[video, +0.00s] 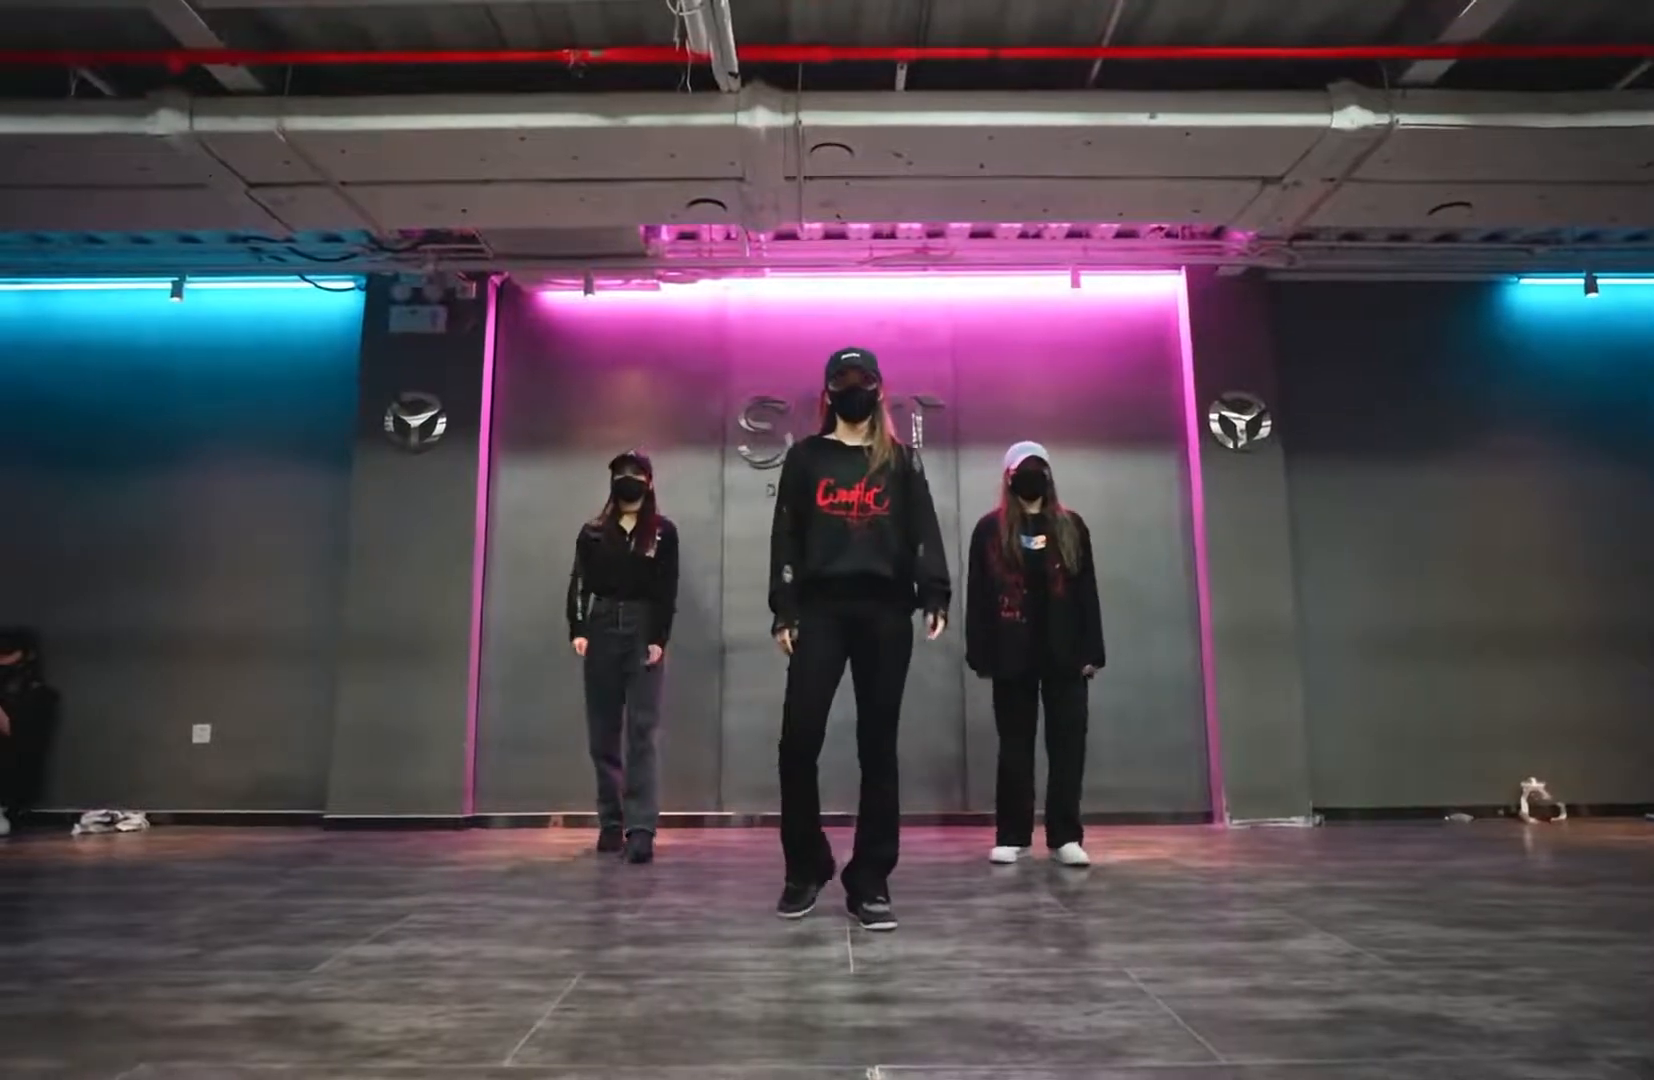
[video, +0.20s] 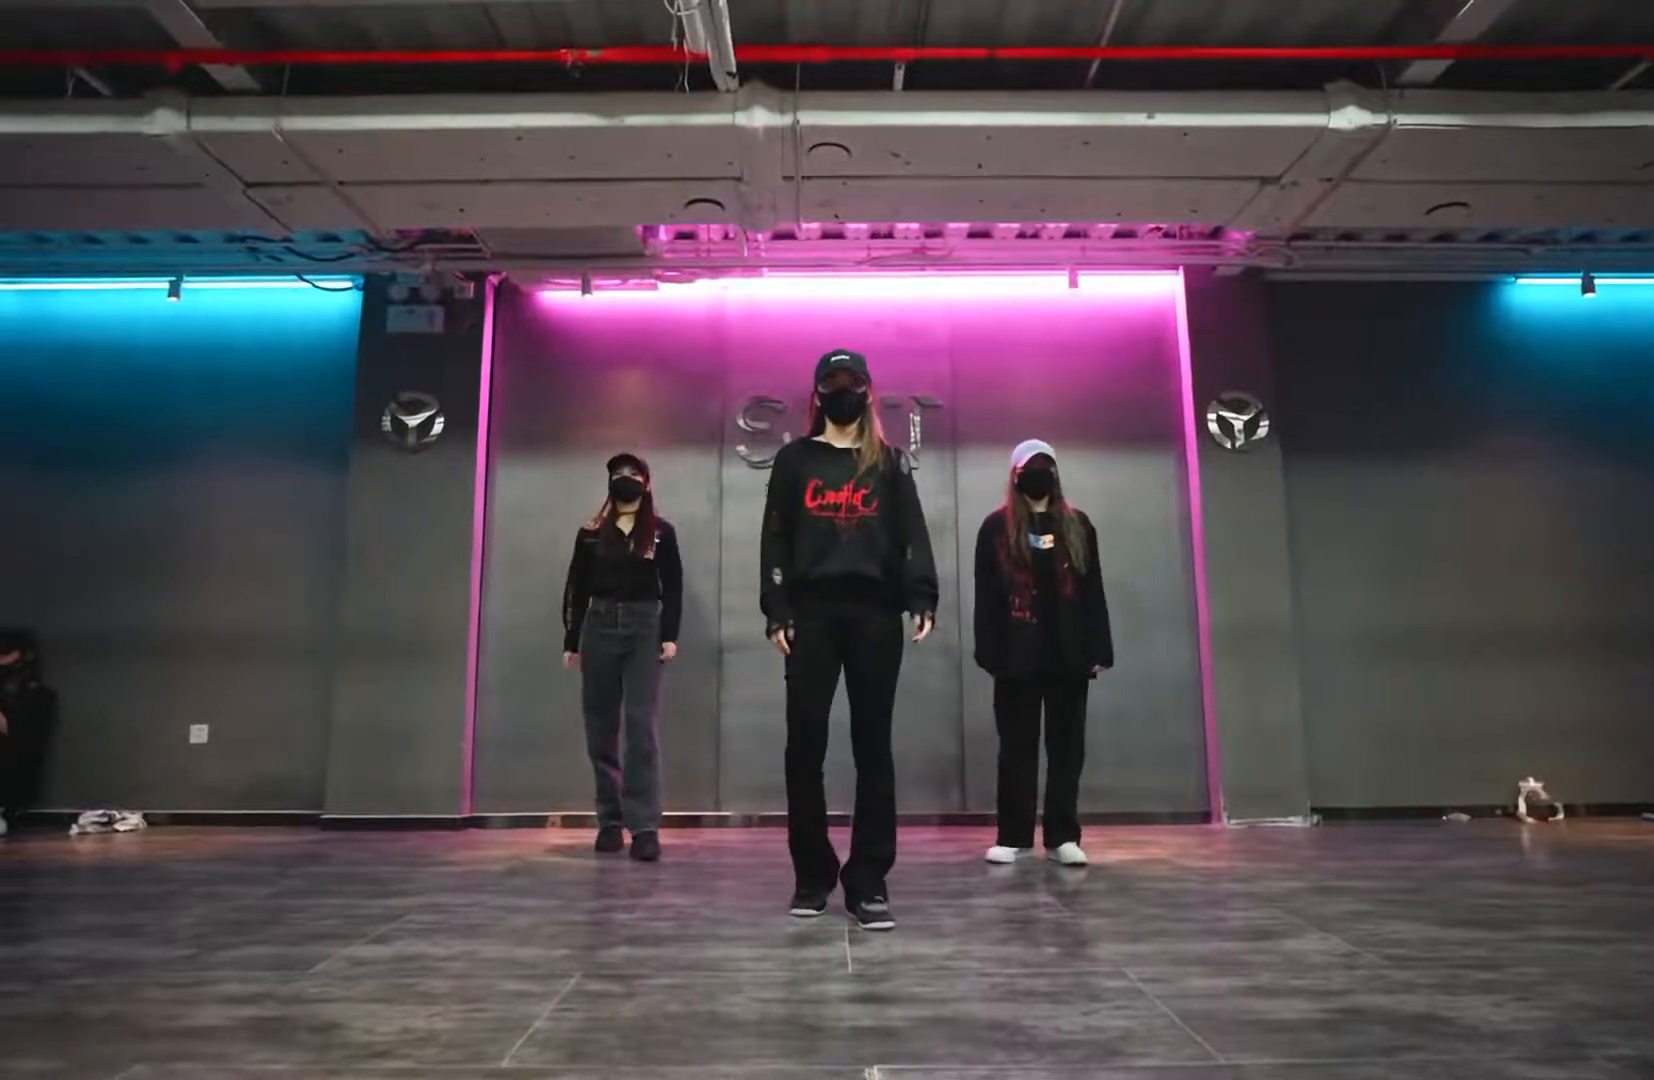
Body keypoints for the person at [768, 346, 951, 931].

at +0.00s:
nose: (855, 389)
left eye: (864, 380)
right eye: (845, 380)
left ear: (879, 388)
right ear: (829, 390)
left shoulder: (901, 461)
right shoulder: (805, 456)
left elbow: (927, 535)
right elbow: (784, 538)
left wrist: (936, 595)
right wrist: (784, 610)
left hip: (885, 616)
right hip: (819, 615)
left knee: (878, 748)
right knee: (797, 743)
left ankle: (871, 883)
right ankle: (805, 871)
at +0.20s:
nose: (844, 391)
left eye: (853, 382)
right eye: (834, 382)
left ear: (868, 390)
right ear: (818, 391)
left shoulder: (889, 461)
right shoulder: (794, 458)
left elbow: (914, 536)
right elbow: (774, 539)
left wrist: (923, 595)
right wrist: (776, 610)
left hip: (875, 619)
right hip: (810, 618)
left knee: (872, 749)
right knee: (803, 750)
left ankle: (869, 885)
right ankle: (812, 879)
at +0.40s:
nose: (832, 390)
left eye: (841, 381)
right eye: (822, 381)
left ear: (856, 389)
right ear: (807, 390)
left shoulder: (879, 461)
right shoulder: (784, 459)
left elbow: (903, 541)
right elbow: (763, 542)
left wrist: (908, 608)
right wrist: (767, 611)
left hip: (868, 616)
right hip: (801, 616)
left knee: (867, 749)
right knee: (803, 749)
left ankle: (867, 884)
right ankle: (811, 880)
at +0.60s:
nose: (826, 391)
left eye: (834, 382)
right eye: (816, 383)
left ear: (849, 390)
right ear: (801, 391)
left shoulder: (874, 459)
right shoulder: (778, 459)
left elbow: (897, 542)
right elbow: (757, 544)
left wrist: (898, 612)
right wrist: (761, 615)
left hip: (865, 615)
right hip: (798, 616)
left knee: (867, 748)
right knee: (804, 748)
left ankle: (867, 884)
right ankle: (811, 881)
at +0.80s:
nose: (822, 397)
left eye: (831, 388)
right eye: (812, 388)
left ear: (845, 395)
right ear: (796, 397)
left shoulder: (869, 463)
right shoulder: (774, 465)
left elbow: (895, 544)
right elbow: (756, 547)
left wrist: (898, 616)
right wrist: (760, 619)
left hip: (862, 618)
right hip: (797, 619)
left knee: (866, 748)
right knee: (806, 749)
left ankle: (865, 884)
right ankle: (813, 880)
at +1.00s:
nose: (820, 401)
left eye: (829, 392)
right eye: (810, 392)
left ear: (842, 398)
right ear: (794, 399)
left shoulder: (866, 464)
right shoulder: (772, 467)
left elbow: (893, 539)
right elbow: (752, 550)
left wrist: (896, 603)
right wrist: (758, 619)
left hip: (859, 618)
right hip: (795, 620)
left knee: (865, 745)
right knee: (805, 748)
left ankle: (869, 882)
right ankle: (812, 879)